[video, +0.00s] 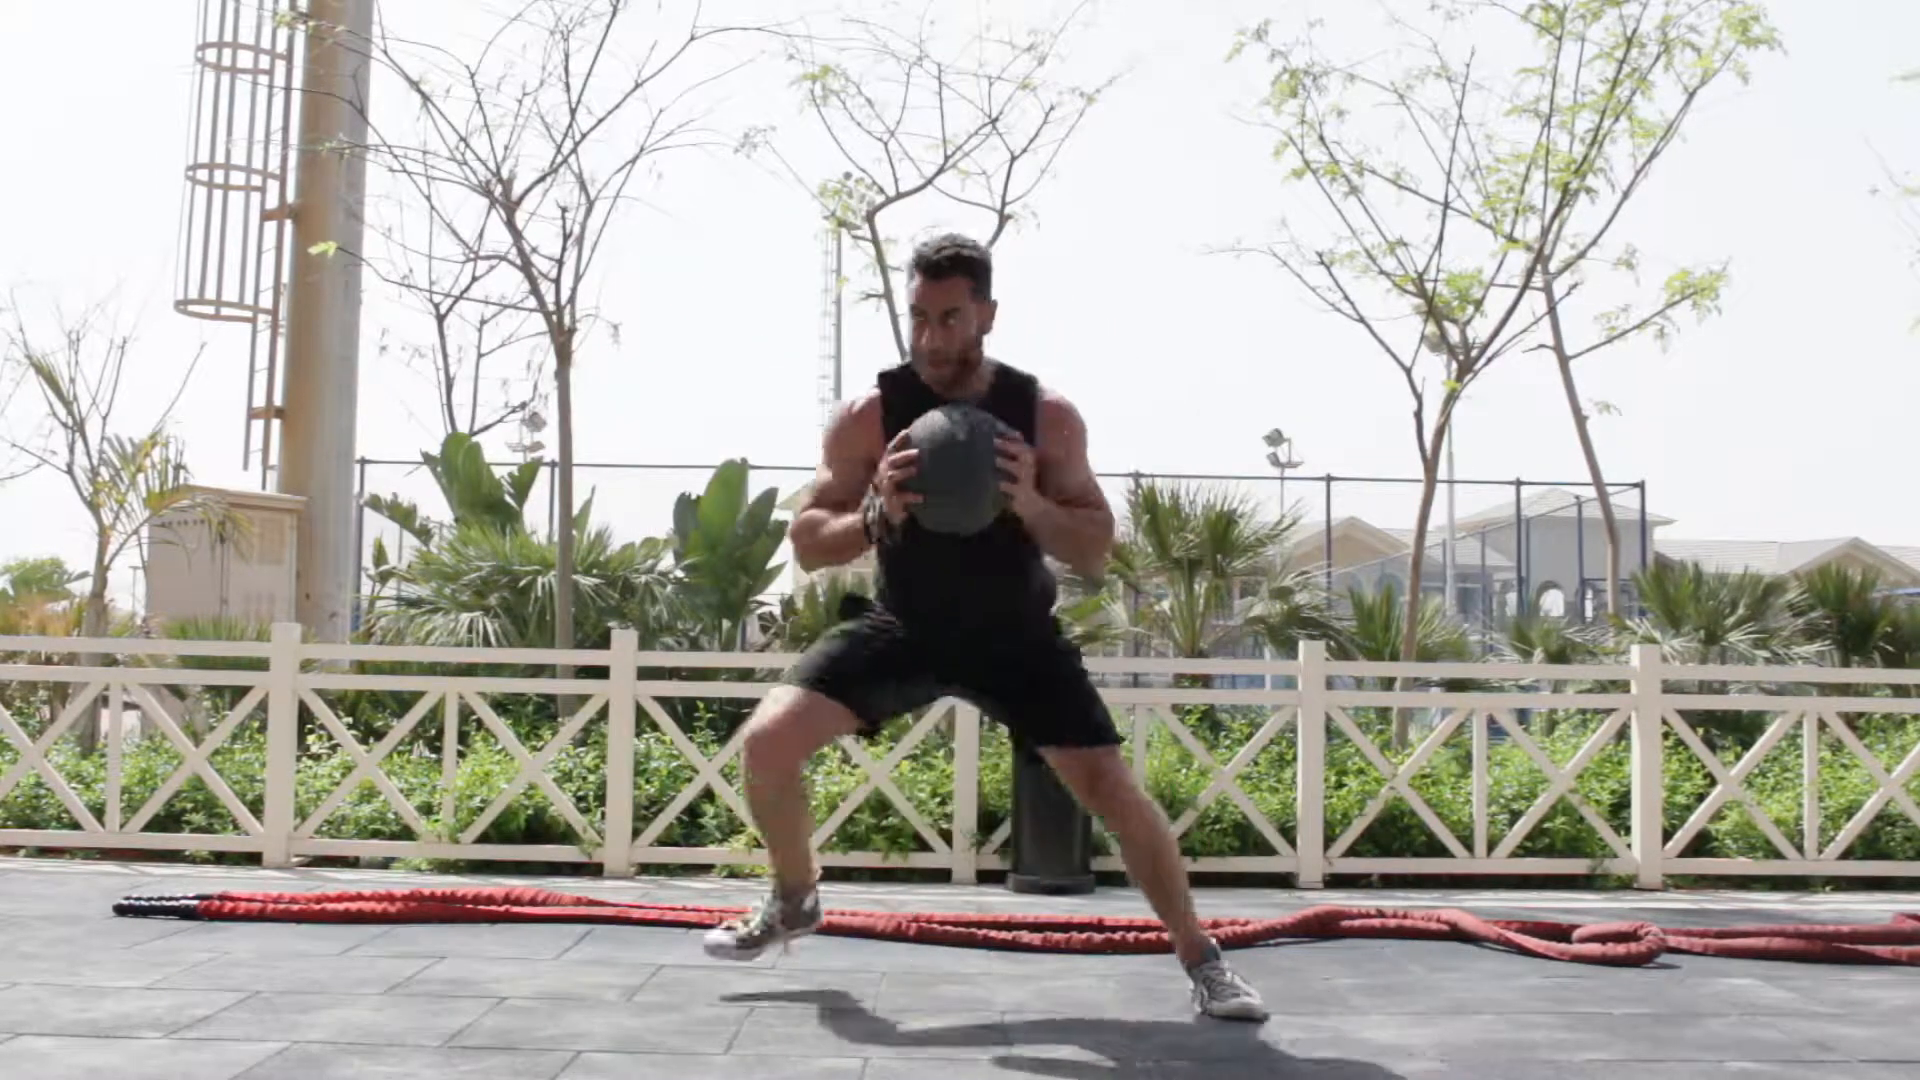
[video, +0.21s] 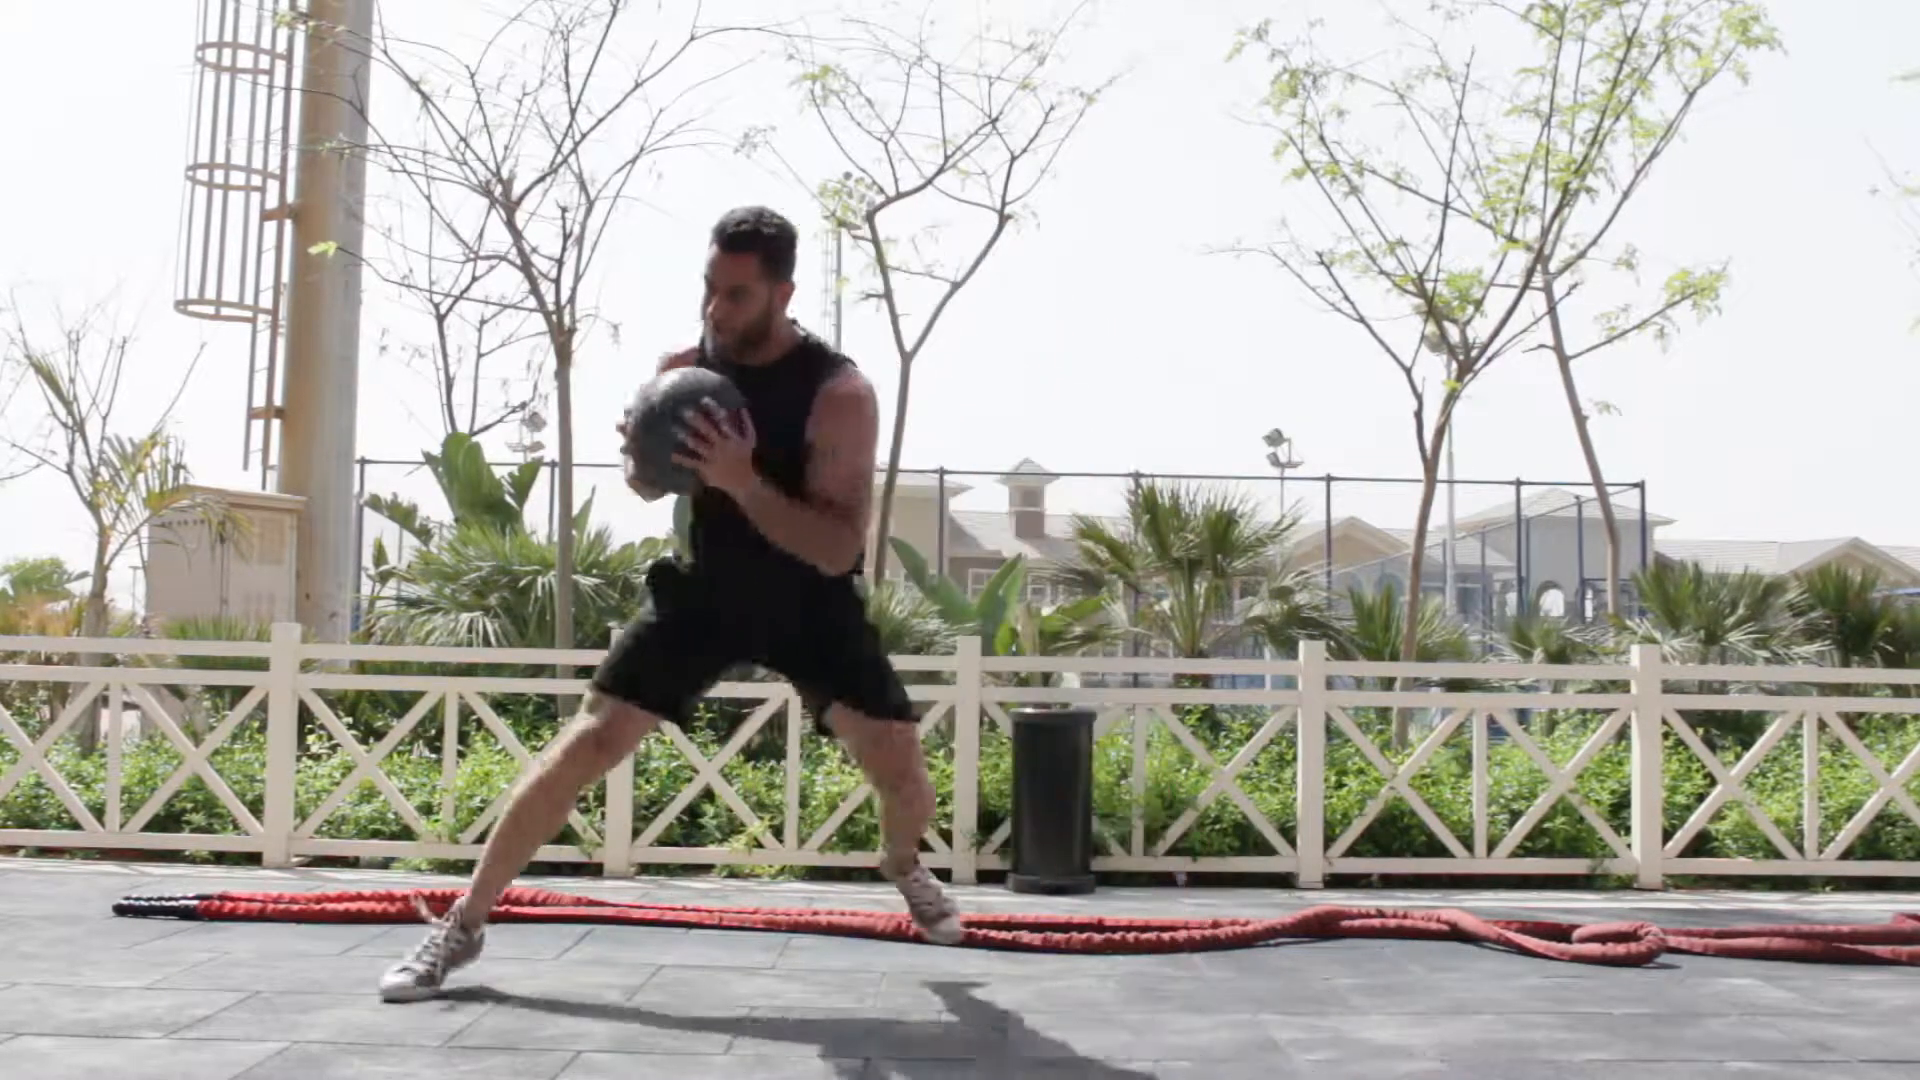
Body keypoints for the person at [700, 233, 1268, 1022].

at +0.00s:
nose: (936, 337)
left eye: (953, 319)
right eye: (922, 319)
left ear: (988, 316)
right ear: (907, 318)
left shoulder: (1046, 419)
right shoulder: (867, 421)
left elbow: (1093, 548)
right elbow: (808, 544)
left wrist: (1030, 501)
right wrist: (878, 510)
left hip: (1017, 639)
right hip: (903, 633)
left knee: (1107, 782)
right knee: (766, 745)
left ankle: (1202, 959)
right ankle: (793, 901)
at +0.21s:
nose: (717, 308)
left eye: (736, 295)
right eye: (712, 289)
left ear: (784, 295)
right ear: (705, 283)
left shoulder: (839, 393)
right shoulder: (687, 365)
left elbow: (841, 548)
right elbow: (649, 486)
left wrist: (746, 484)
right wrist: (647, 448)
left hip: (816, 606)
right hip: (708, 597)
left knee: (904, 771)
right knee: (591, 743)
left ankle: (906, 867)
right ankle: (463, 923)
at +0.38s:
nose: (570, 389)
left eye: (592, 374)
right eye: (567, 367)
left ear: (645, 376)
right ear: (562, 359)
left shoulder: (682, 480)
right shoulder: (581, 431)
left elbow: (624, 636)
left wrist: (542, 539)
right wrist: (529, 508)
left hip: (678, 676)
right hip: (589, 641)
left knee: (616, 875)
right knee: (491, 763)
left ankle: (594, 802)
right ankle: (446, 947)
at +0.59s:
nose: (530, 418)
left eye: (554, 403)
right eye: (526, 396)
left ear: (601, 404)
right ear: (520, 387)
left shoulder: (648, 504)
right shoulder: (538, 460)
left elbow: (614, 661)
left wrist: (520, 575)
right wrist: (496, 545)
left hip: (642, 688)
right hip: (551, 645)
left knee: (534, 858)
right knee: (458, 768)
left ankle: (455, 826)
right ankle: (443, 947)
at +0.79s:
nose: (698, 333)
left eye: (713, 314)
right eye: (682, 312)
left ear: (729, 306)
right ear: (645, 300)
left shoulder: (776, 401)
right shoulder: (597, 411)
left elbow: (836, 528)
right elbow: (541, 528)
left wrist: (760, 497)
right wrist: (600, 510)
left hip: (751, 619)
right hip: (637, 621)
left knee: (855, 731)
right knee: (534, 762)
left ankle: (805, 889)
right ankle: (448, 945)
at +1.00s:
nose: (928, 287)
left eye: (938, 269)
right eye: (912, 269)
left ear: (948, 264)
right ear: (861, 257)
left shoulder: (966, 347)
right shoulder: (796, 371)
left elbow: (1006, 471)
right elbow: (762, 511)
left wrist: (1004, 430)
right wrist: (872, 468)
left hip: (943, 579)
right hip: (831, 588)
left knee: (1047, 727)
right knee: (735, 769)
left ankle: (1173, 921)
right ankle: (771, 852)